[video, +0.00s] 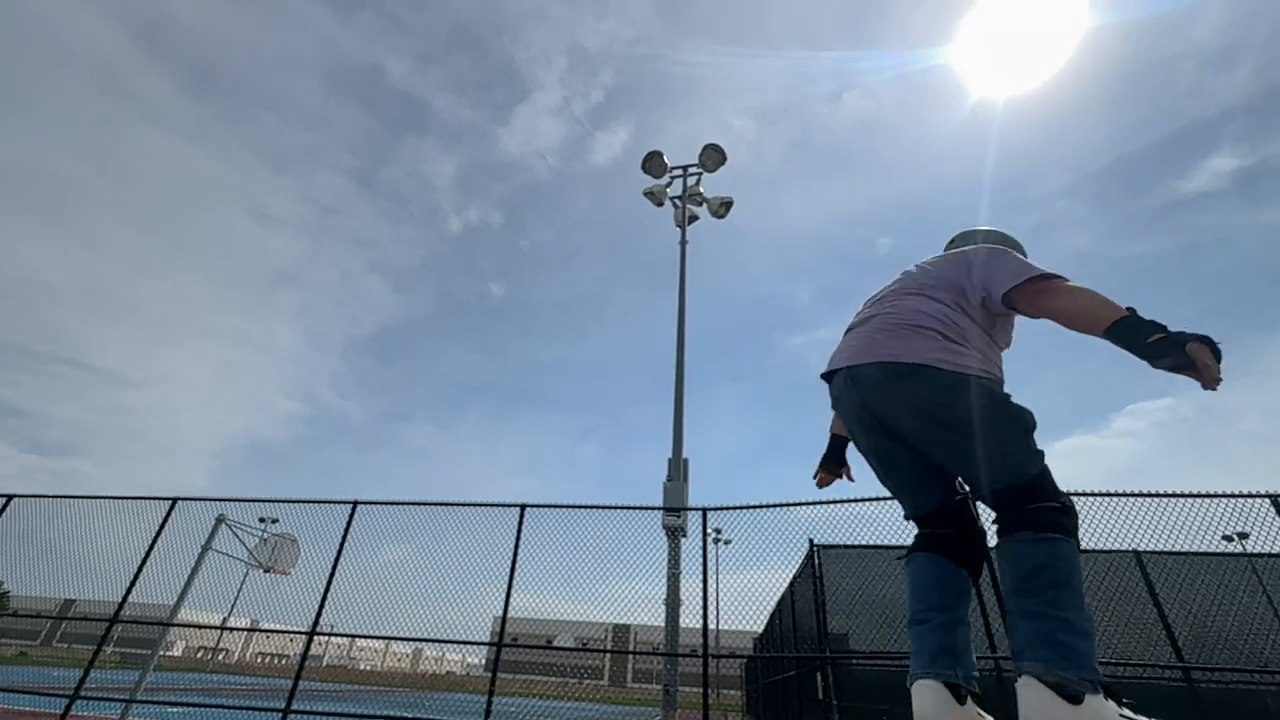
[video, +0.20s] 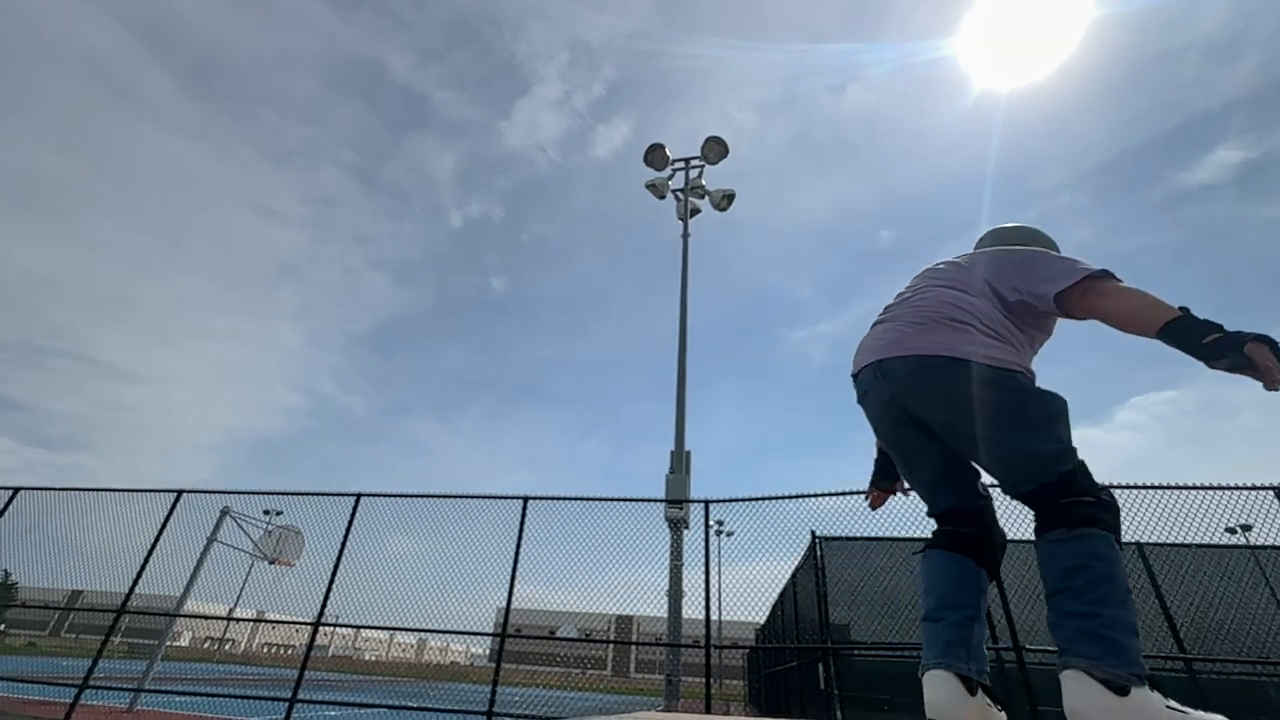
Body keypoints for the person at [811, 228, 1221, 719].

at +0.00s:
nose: (1021, 272)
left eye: (1020, 266)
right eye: (1016, 264)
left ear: (953, 251)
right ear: (999, 253)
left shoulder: (906, 284)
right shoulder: (988, 257)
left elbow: (855, 369)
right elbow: (1051, 296)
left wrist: (837, 445)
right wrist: (1153, 339)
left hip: (854, 383)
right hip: (928, 365)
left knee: (945, 524)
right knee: (1034, 506)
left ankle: (936, 685)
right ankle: (1060, 683)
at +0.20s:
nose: (1060, 275)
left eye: (1056, 268)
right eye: (1054, 266)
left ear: (987, 248)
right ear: (1034, 252)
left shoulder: (940, 275)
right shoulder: (1027, 258)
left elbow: (898, 370)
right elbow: (1098, 295)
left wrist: (888, 461)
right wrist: (1217, 341)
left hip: (876, 373)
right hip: (959, 356)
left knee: (964, 525)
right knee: (1072, 502)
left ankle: (948, 677)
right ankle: (1105, 677)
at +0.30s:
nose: (1071, 276)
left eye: (1068, 270)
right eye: (1065, 266)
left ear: (998, 250)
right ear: (1050, 255)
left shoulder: (952, 276)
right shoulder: (1044, 262)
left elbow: (932, 383)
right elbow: (1121, 296)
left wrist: (918, 476)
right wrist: (1235, 342)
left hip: (886, 372)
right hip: (975, 354)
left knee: (971, 521)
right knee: (1088, 499)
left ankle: (955, 676)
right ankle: (1127, 677)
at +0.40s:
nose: (1084, 268)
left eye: (1080, 261)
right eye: (1078, 259)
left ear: (1009, 245)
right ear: (1063, 250)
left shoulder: (961, 271)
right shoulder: (1060, 258)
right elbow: (1133, 292)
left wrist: (943, 475)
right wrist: (1246, 337)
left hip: (897, 365)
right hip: (993, 353)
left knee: (976, 517)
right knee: (1099, 493)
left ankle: (956, 669)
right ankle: (1145, 670)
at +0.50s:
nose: (1095, 277)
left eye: (1091, 271)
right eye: (1089, 267)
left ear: (1019, 250)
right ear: (1073, 256)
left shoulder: (972, 275)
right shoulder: (1069, 262)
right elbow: (1152, 297)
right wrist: (1254, 339)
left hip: (909, 368)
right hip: (1004, 354)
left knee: (983, 522)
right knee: (1113, 496)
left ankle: (959, 671)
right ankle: (1166, 674)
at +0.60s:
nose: (1105, 275)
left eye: (1102, 270)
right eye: (1102, 267)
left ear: (1032, 250)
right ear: (1087, 257)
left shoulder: (986, 275)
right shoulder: (1081, 262)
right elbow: (1165, 298)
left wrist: (1000, 469)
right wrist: (1264, 341)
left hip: (922, 369)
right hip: (1015, 356)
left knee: (993, 523)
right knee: (1128, 494)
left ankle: (962, 669)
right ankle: (1183, 669)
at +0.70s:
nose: (1122, 282)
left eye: (1121, 273)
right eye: (1117, 272)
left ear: (1048, 254)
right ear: (1102, 260)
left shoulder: (1005, 280)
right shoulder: (1097, 265)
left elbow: (1011, 399)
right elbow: (1178, 300)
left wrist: (1051, 487)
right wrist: (1272, 344)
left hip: (934, 375)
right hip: (1029, 359)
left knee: (1002, 529)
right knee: (1145, 497)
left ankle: (967, 674)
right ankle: (1203, 673)